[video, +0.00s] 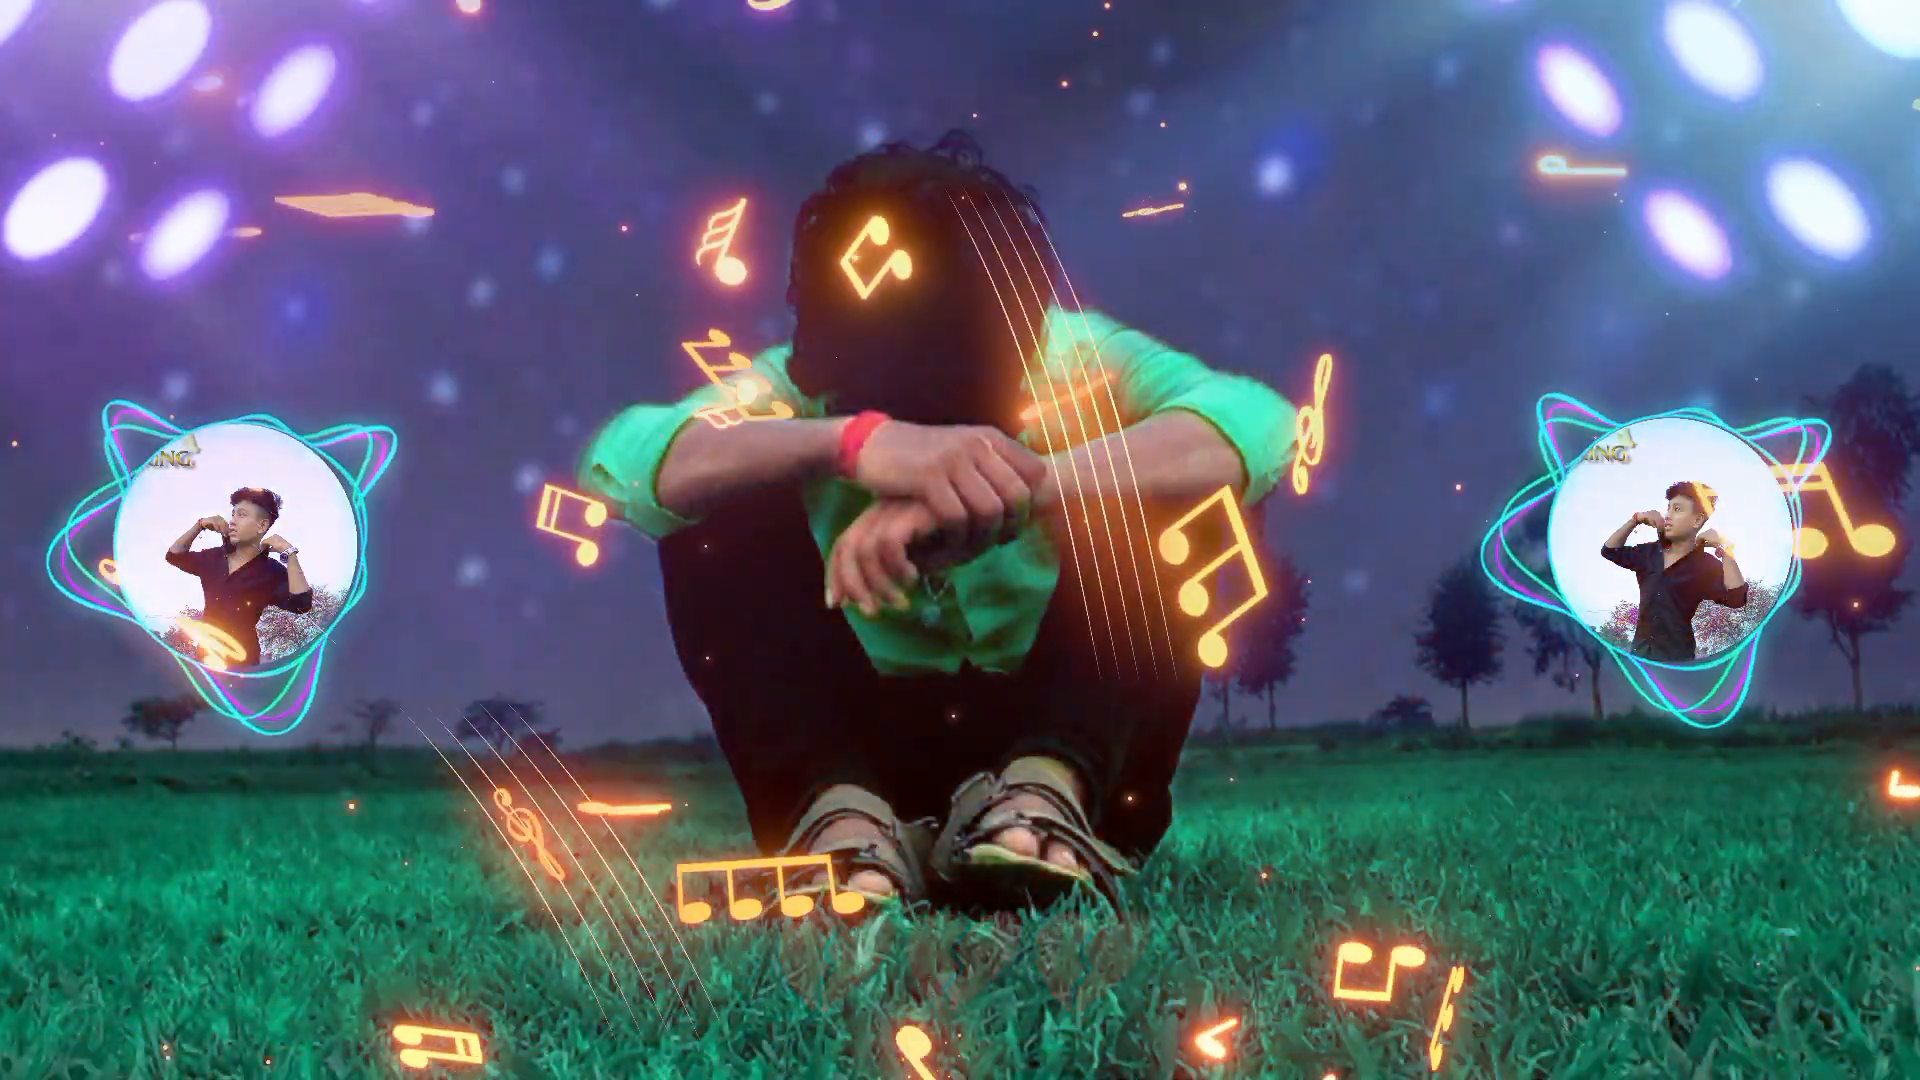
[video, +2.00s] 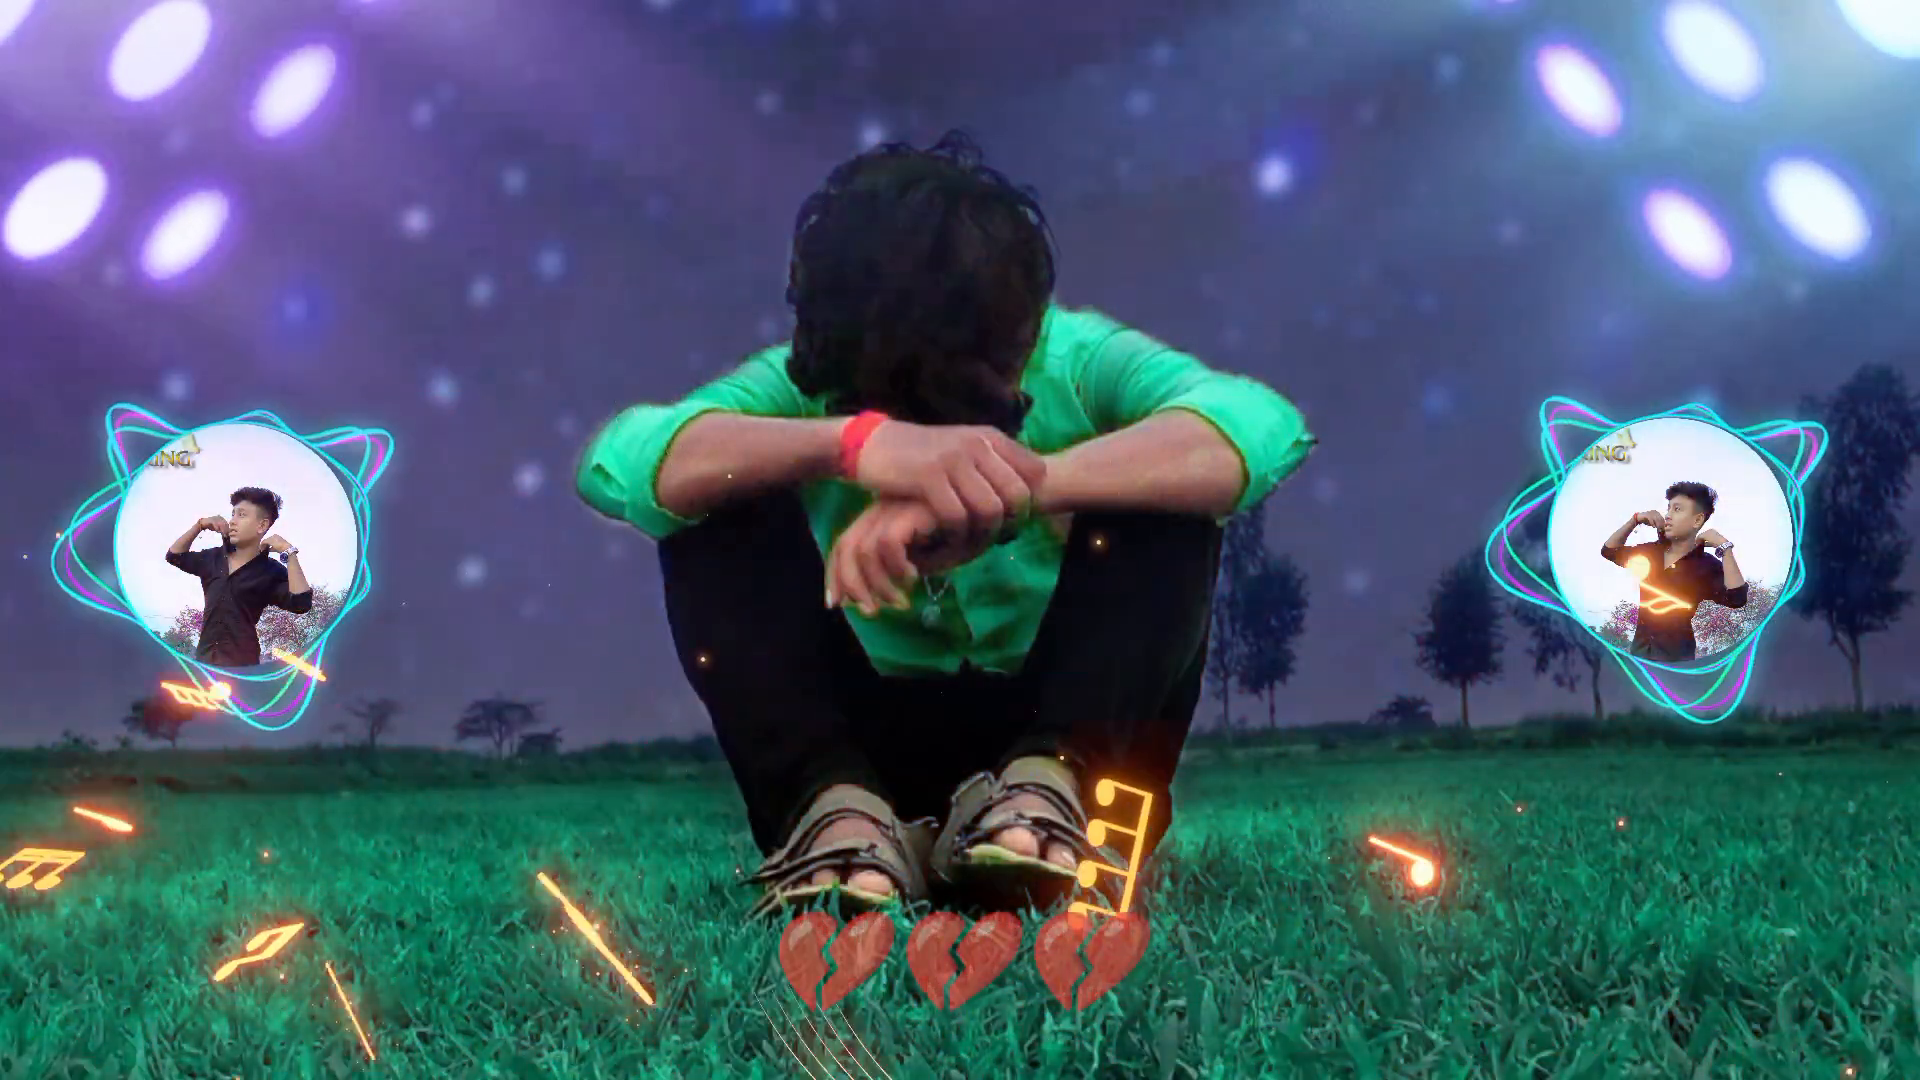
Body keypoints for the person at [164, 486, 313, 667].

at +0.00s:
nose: (232, 520)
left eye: (242, 515)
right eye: (233, 514)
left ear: (263, 525)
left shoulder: (271, 571)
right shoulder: (212, 559)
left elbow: (302, 605)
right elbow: (173, 556)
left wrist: (290, 554)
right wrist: (199, 526)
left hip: (243, 664)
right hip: (205, 658)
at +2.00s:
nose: (232, 521)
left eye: (242, 515)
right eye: (233, 514)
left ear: (263, 525)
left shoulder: (270, 570)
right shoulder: (212, 558)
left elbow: (302, 604)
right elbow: (174, 556)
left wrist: (290, 553)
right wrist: (199, 526)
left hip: (243, 664)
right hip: (204, 660)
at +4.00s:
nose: (232, 521)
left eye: (241, 515)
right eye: (233, 514)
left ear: (263, 525)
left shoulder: (270, 570)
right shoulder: (212, 558)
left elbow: (301, 604)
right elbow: (174, 556)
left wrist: (290, 553)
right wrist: (199, 526)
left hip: (242, 664)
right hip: (204, 660)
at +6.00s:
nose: (232, 520)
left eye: (241, 515)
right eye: (233, 514)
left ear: (263, 525)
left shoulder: (270, 570)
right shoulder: (212, 558)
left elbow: (301, 604)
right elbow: (174, 556)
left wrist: (289, 553)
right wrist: (199, 526)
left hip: (242, 664)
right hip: (204, 660)